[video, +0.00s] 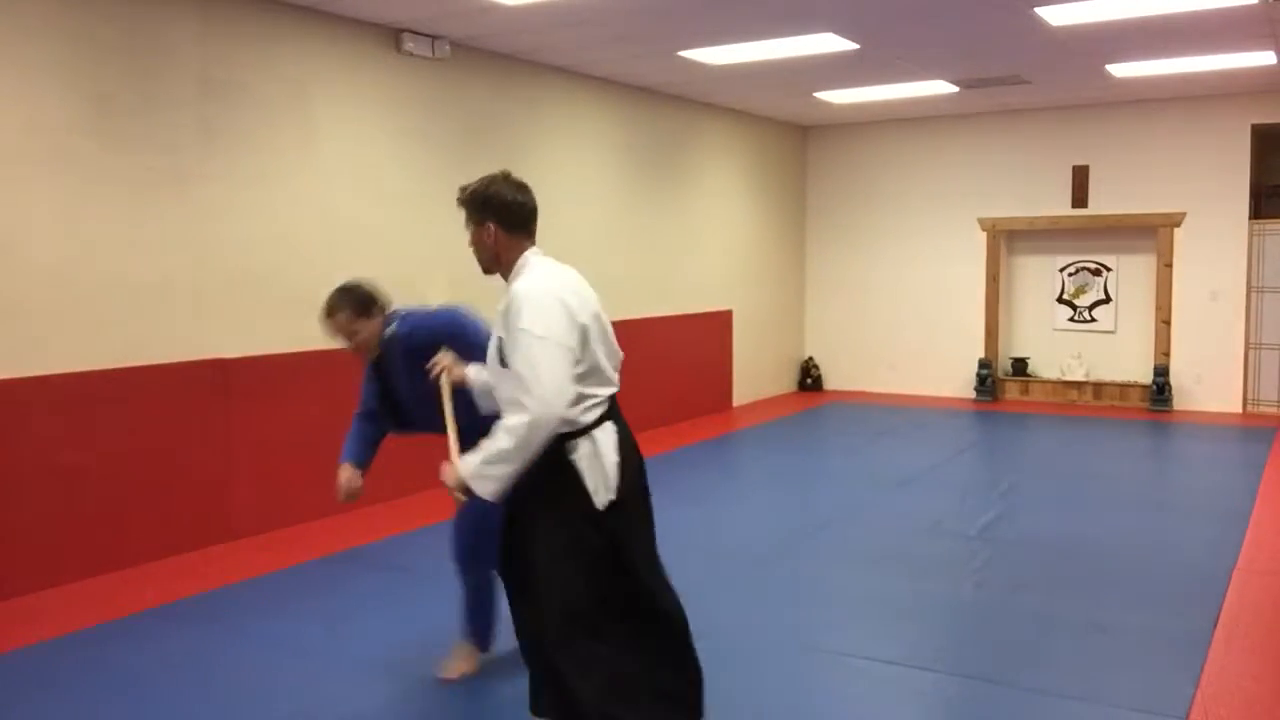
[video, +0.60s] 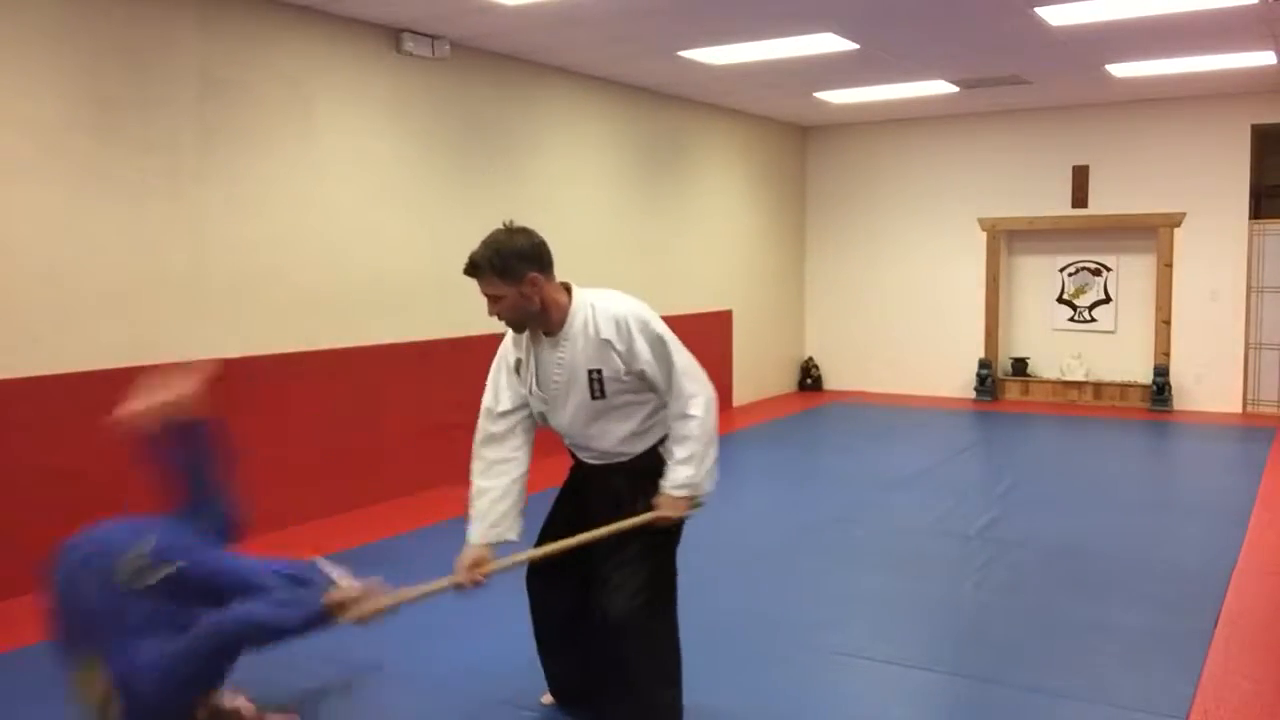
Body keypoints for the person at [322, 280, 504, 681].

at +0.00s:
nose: (350, 343)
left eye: (352, 332)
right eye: (343, 337)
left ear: (375, 316)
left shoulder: (414, 329)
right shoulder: (382, 366)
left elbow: (461, 320)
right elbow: (371, 415)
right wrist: (353, 462)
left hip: (510, 433)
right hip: (480, 441)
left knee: (472, 537)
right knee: (513, 547)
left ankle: (476, 641)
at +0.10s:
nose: (301, 397)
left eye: (299, 385)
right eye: (295, 388)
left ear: (320, 368)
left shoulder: (364, 371)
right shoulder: (346, 405)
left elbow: (412, 354)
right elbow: (338, 450)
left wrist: (467, 374)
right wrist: (323, 496)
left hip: (482, 447)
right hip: (455, 457)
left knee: (429, 549)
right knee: (488, 550)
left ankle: (408, 646)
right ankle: (544, 620)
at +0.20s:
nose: (250, 476)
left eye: (247, 465)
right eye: (243, 469)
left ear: (263, 446)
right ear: (260, 451)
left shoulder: (314, 426)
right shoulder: (299, 473)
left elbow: (366, 402)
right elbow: (290, 511)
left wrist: (429, 408)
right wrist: (289, 554)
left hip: (439, 461)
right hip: (426, 475)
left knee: (381, 564)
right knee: (469, 554)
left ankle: (352, 657)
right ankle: (542, 619)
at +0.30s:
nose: (227, 564)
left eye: (220, 557)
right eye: (219, 562)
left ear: (222, 533)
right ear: (215, 537)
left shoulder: (265, 494)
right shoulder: (235, 524)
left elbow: (325, 464)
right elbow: (245, 583)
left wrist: (392, 458)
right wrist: (257, 636)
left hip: (386, 490)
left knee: (345, 579)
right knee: (435, 554)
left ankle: (347, 662)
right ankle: (530, 598)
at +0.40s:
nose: (236, 647)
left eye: (230, 636)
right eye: (224, 651)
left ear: (219, 611)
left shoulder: (235, 559)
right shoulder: (189, 617)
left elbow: (302, 520)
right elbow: (224, 669)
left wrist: (379, 506)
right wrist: (252, 703)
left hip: (323, 473)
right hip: (276, 495)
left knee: (330, 600)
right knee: (381, 540)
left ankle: (351, 658)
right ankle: (477, 526)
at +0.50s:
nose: (244, 689)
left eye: (236, 689)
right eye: (239, 693)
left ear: (217, 674)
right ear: (212, 675)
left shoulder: (201, 627)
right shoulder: (169, 672)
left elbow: (266, 569)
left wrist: (348, 554)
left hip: (220, 502)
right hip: (176, 525)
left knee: (303, 587)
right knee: (315, 515)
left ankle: (358, 650)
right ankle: (371, 429)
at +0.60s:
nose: (247, 705)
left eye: (240, 710)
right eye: (247, 711)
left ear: (208, 712)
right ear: (223, 708)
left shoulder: (151, 689)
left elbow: (228, 626)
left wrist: (326, 604)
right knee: (217, 524)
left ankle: (324, 586)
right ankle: (184, 426)